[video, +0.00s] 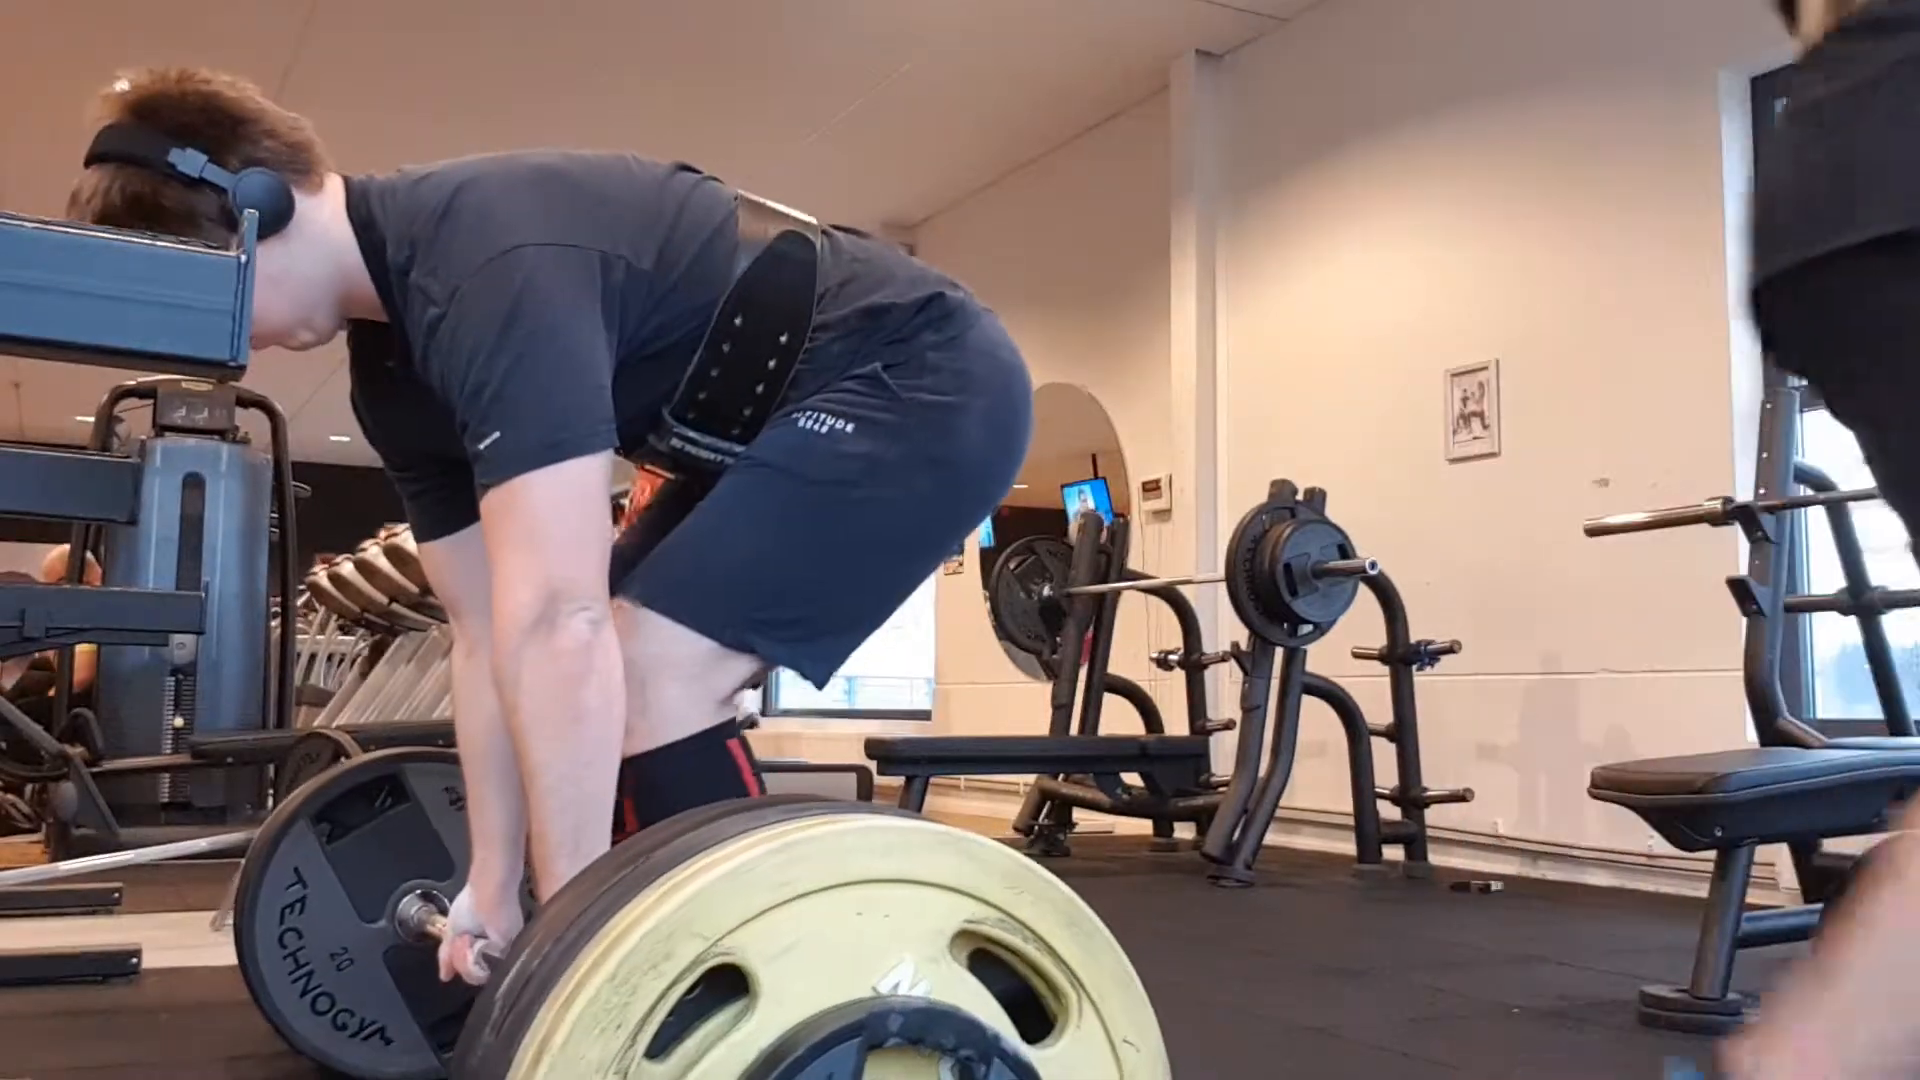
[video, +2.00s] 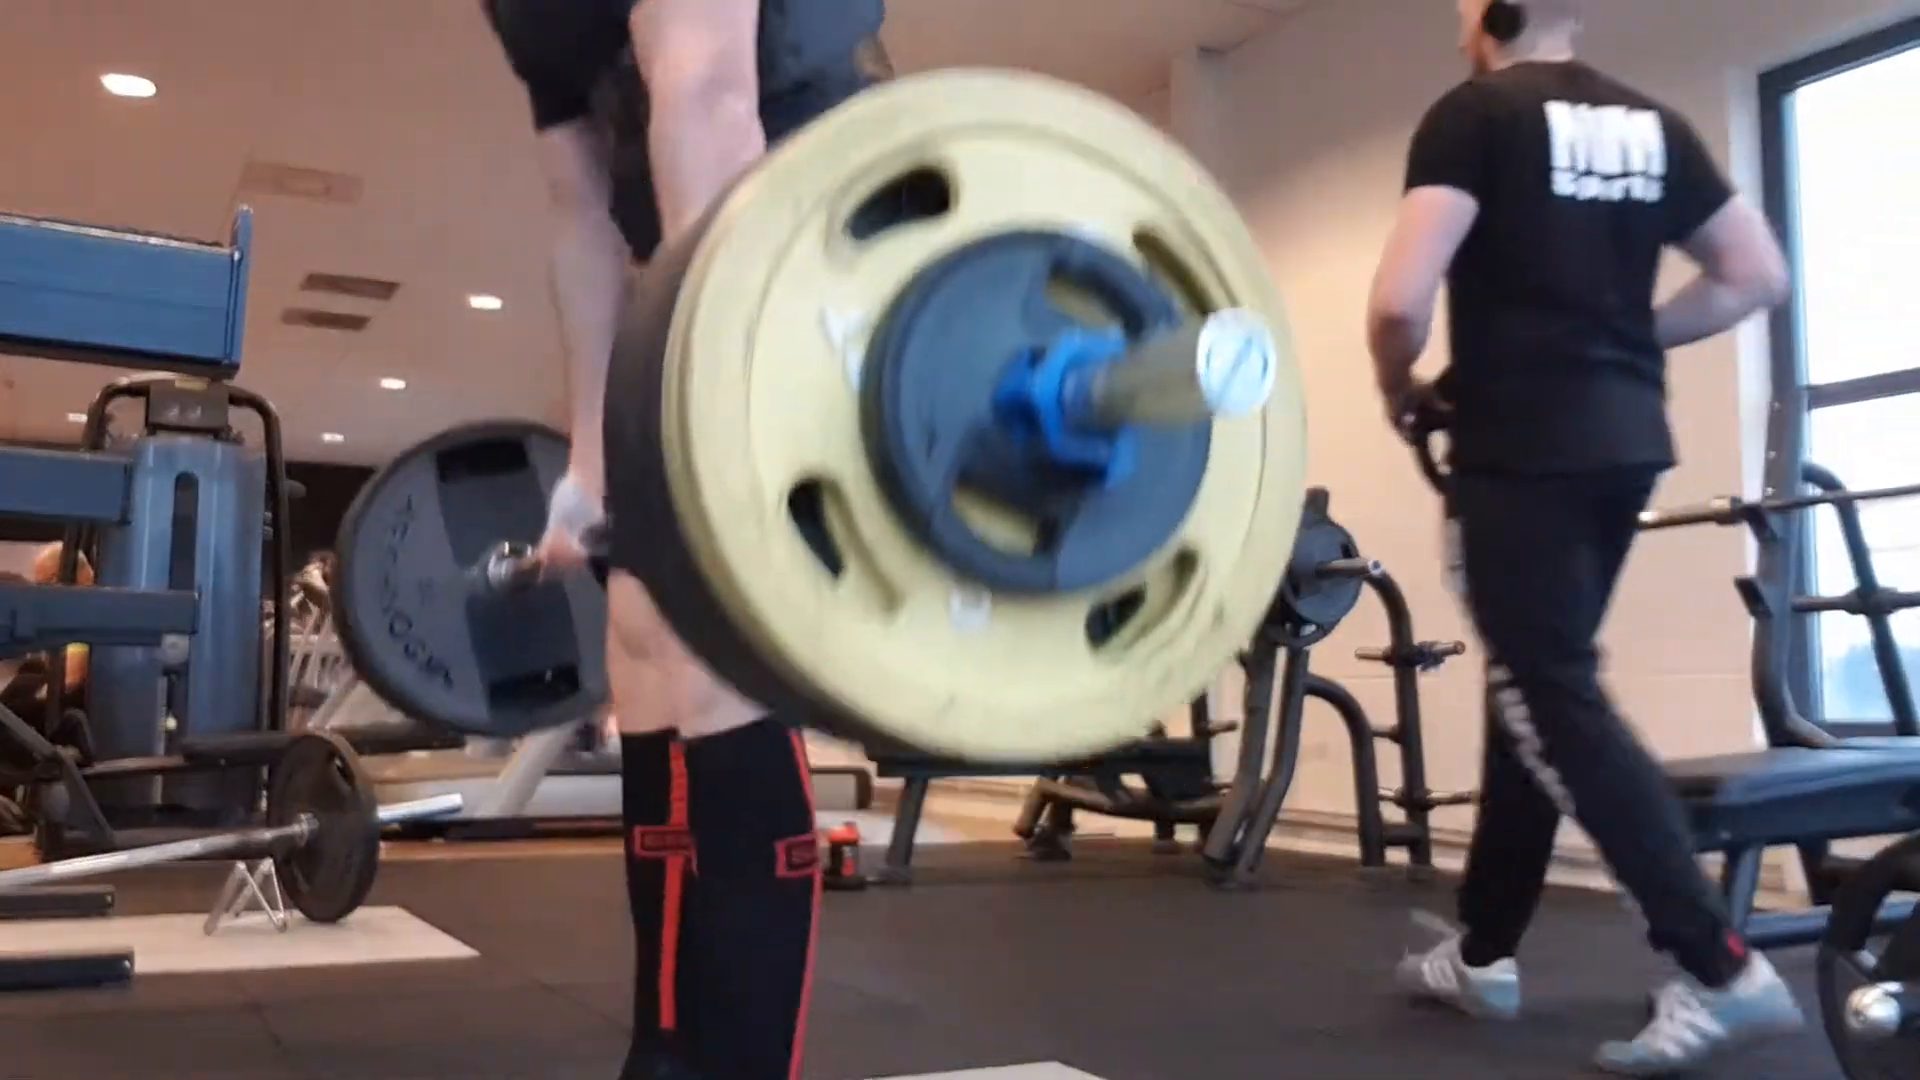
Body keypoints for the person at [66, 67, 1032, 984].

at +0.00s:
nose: (236, 337)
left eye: (216, 290)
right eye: (206, 311)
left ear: (252, 207)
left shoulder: (497, 259)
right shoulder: (391, 363)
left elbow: (562, 625)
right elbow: (483, 632)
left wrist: (578, 934)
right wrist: (494, 888)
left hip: (906, 369)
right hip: (799, 411)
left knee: (651, 684)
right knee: (610, 677)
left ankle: (751, 1009)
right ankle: (714, 1010)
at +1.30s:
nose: (269, 185)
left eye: (270, 141)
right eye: (251, 161)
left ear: (358, 78)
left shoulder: (562, 205)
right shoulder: (455, 307)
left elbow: (659, 537)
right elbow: (546, 555)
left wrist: (656, 856)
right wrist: (552, 812)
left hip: (919, 404)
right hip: (808, 437)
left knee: (627, 690)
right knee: (553, 670)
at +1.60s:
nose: (314, 4)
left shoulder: (591, 67)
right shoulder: (477, 175)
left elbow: (669, 386)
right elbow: (554, 439)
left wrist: (672, 688)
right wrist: (567, 694)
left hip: (913, 341)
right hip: (782, 384)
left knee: (734, 666)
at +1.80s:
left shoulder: (621, 8)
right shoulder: (489, 68)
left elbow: (681, 247)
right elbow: (562, 321)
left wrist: (683, 553)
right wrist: (580, 578)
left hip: (896, 311)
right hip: (755, 337)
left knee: (748, 722)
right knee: (673, 706)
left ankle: (718, 1056)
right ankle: (677, 1047)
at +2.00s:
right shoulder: (531, 17)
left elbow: (710, 98)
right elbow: (582, 199)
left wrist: (748, 405)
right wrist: (587, 467)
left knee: (688, 661)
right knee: (649, 653)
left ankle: (712, 1053)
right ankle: (679, 1042)